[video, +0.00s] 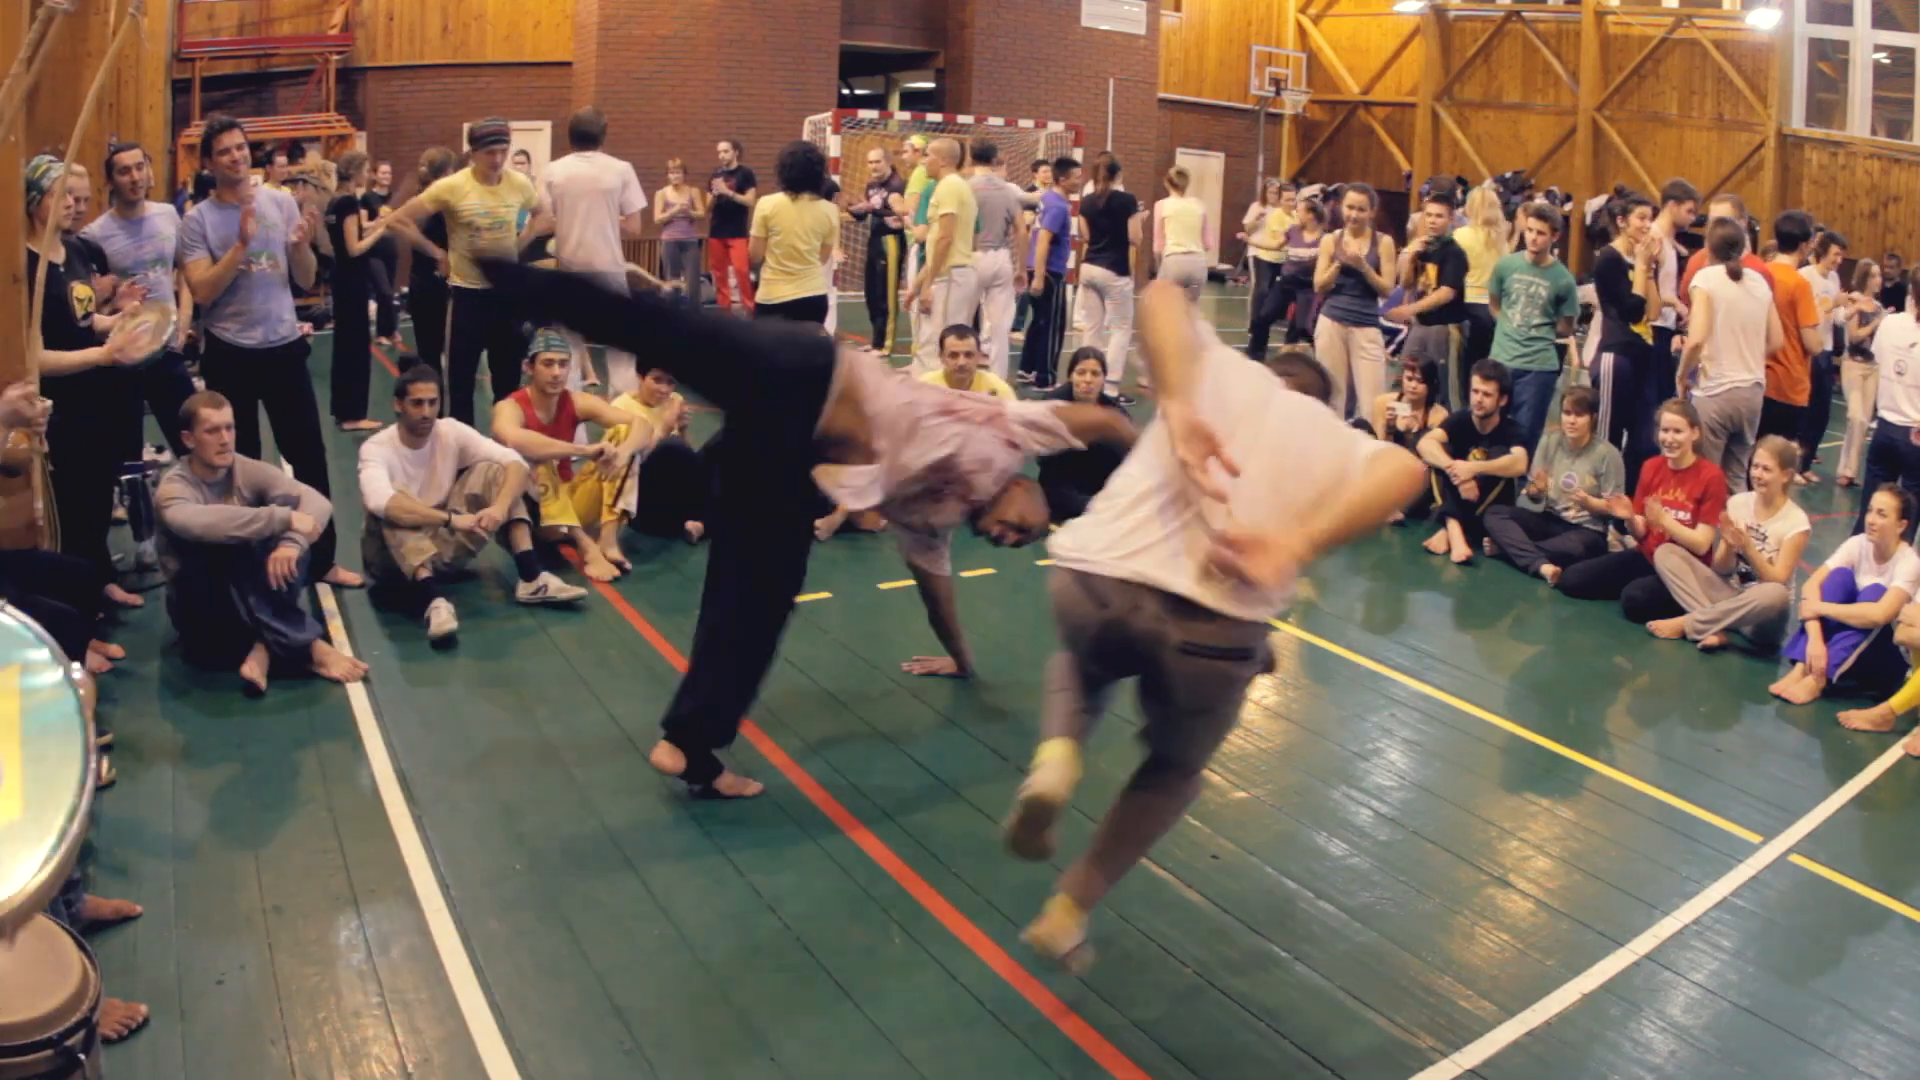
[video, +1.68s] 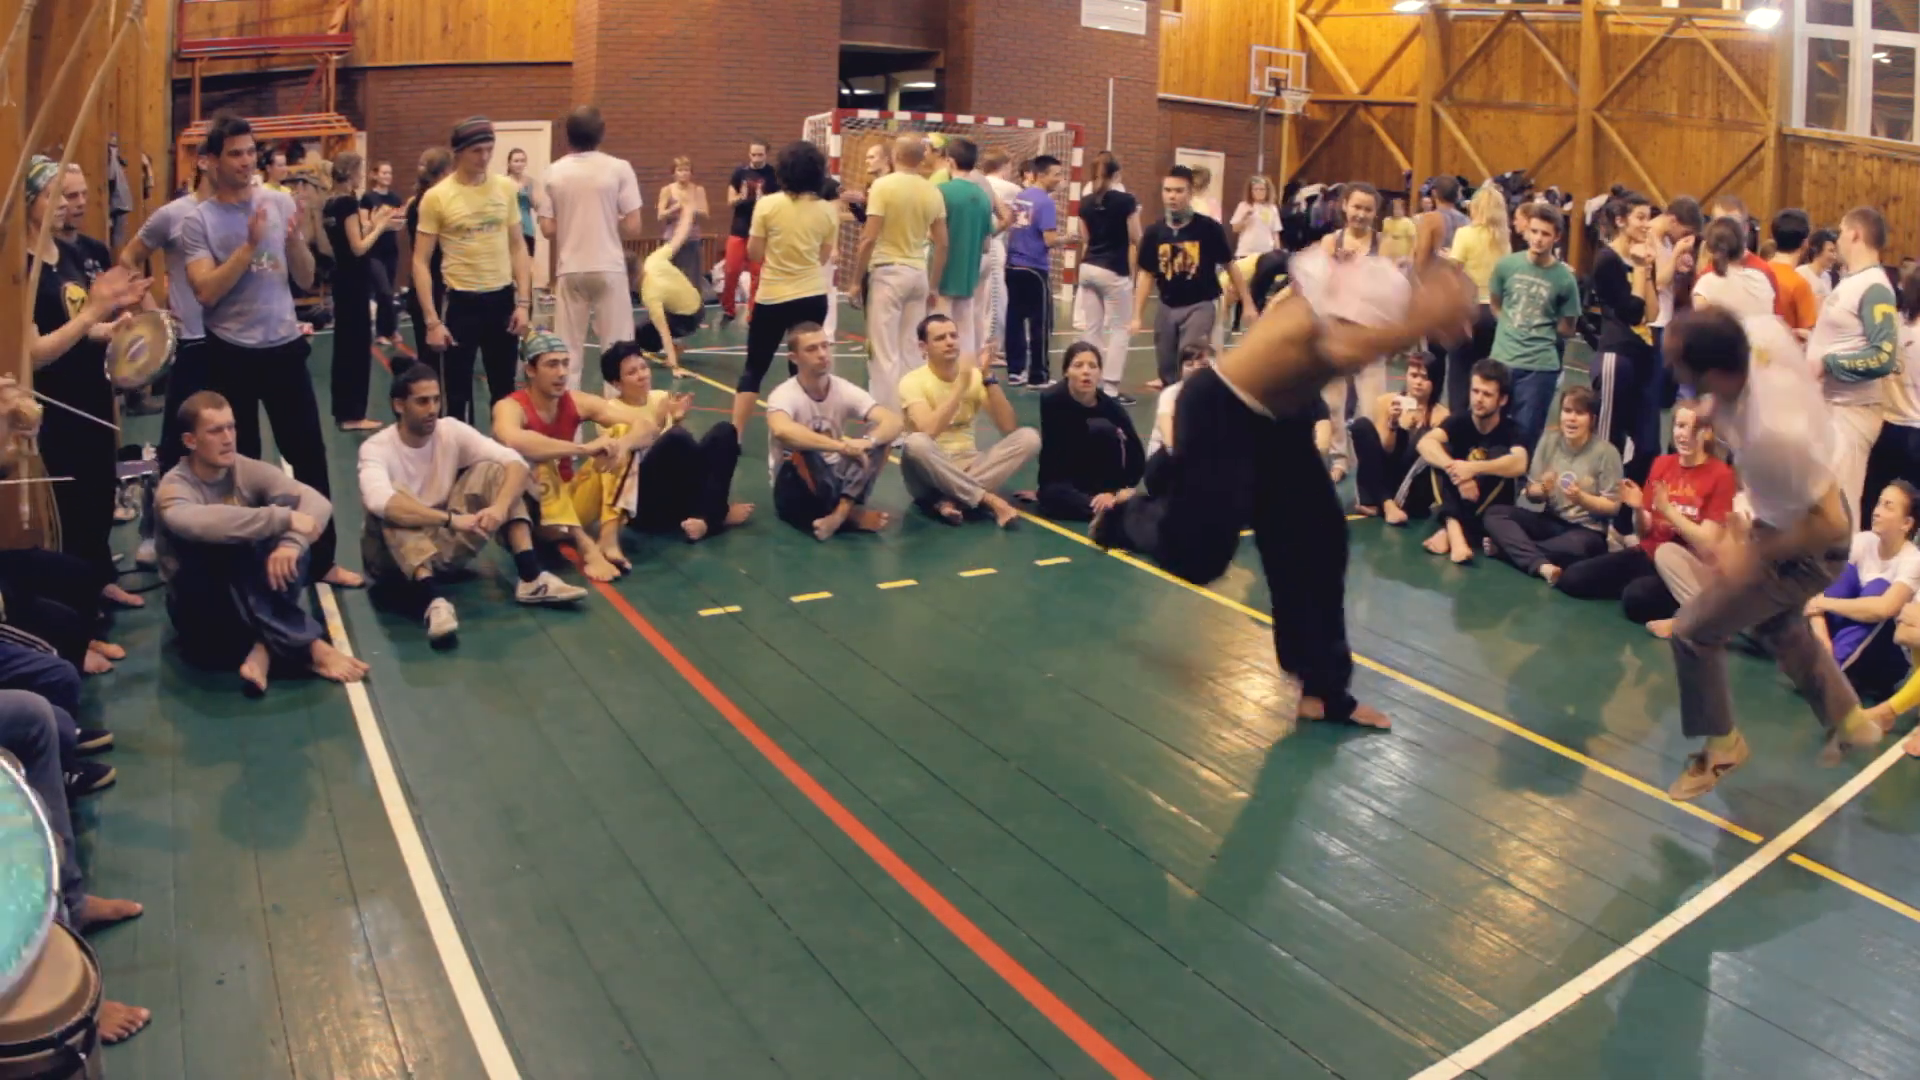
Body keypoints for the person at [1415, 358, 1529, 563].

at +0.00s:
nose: (1478, 399)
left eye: (1487, 395)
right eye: (1475, 392)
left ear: (1502, 400)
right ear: (1469, 391)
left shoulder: (1510, 428)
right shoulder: (1460, 419)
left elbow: (1519, 464)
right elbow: (1426, 443)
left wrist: (1473, 468)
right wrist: (1459, 474)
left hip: (1492, 509)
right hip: (1454, 503)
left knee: (1499, 456)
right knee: (1438, 455)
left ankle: (1449, 527)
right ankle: (1454, 528)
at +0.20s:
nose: (1478, 400)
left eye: (1487, 395)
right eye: (1475, 392)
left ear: (1502, 400)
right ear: (1469, 392)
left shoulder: (1510, 428)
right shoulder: (1460, 420)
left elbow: (1519, 465)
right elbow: (1425, 443)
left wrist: (1473, 468)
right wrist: (1458, 474)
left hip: (1494, 509)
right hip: (1458, 503)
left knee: (1499, 455)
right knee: (1438, 453)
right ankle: (1452, 524)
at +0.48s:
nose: (1479, 399)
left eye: (1487, 394)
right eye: (1475, 392)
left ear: (1503, 400)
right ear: (1469, 392)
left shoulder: (1510, 428)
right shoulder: (1458, 420)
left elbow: (1519, 465)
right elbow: (1425, 443)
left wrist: (1473, 468)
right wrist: (1452, 467)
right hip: (1453, 501)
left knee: (1499, 454)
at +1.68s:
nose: (1479, 399)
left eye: (1487, 395)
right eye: (1475, 392)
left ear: (1503, 400)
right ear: (1469, 392)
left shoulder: (1510, 429)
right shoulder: (1459, 422)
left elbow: (1519, 464)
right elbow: (1426, 443)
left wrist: (1473, 467)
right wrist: (1458, 473)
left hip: (1492, 512)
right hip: (1453, 503)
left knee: (1502, 457)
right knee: (1438, 457)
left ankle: (1450, 529)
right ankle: (1454, 529)